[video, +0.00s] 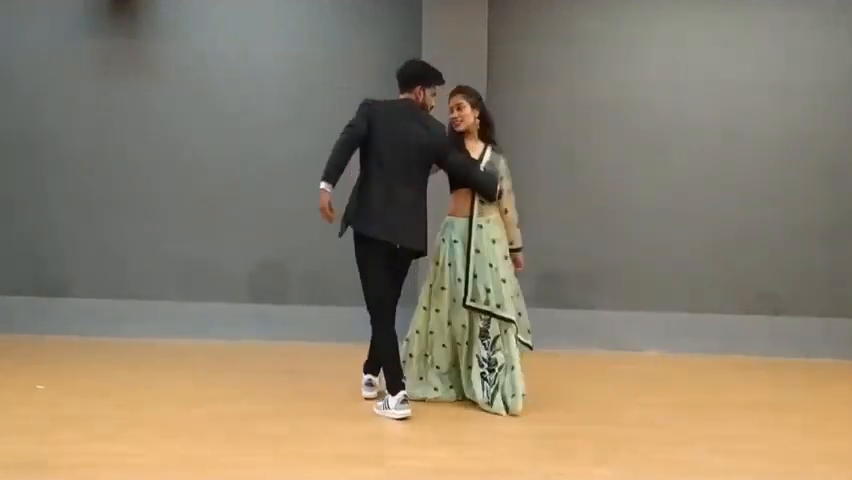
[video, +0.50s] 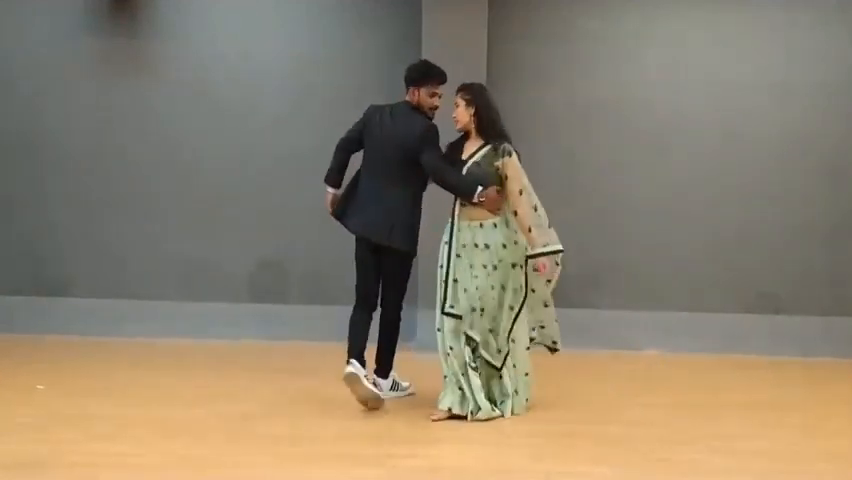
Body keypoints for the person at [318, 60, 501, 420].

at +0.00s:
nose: (435, 100)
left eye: (435, 93)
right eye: (433, 93)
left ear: (402, 90)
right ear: (421, 91)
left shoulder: (371, 110)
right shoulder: (432, 129)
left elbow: (347, 141)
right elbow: (462, 168)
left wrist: (326, 185)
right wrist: (493, 188)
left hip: (369, 224)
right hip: (408, 231)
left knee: (382, 310)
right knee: (384, 308)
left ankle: (397, 394)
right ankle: (370, 374)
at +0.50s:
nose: (438, 101)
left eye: (439, 94)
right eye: (434, 94)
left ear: (411, 93)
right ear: (414, 91)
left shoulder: (375, 114)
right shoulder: (424, 129)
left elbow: (344, 146)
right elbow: (438, 171)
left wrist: (333, 186)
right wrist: (478, 192)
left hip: (364, 223)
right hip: (400, 230)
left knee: (364, 300)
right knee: (392, 307)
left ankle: (354, 362)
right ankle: (384, 378)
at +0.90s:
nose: (428, 104)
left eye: (432, 96)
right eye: (421, 97)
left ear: (437, 93)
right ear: (407, 95)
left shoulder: (396, 121)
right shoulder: (411, 129)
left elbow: (374, 153)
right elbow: (408, 172)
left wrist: (373, 193)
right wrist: (434, 193)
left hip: (389, 226)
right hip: (401, 231)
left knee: (406, 301)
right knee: (396, 305)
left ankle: (405, 370)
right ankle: (382, 381)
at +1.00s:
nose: (423, 105)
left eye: (428, 97)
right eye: (417, 98)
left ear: (435, 96)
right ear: (406, 97)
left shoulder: (434, 129)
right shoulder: (402, 130)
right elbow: (393, 174)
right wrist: (421, 194)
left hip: (423, 229)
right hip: (400, 230)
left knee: (421, 307)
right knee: (397, 305)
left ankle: (415, 383)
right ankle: (383, 381)